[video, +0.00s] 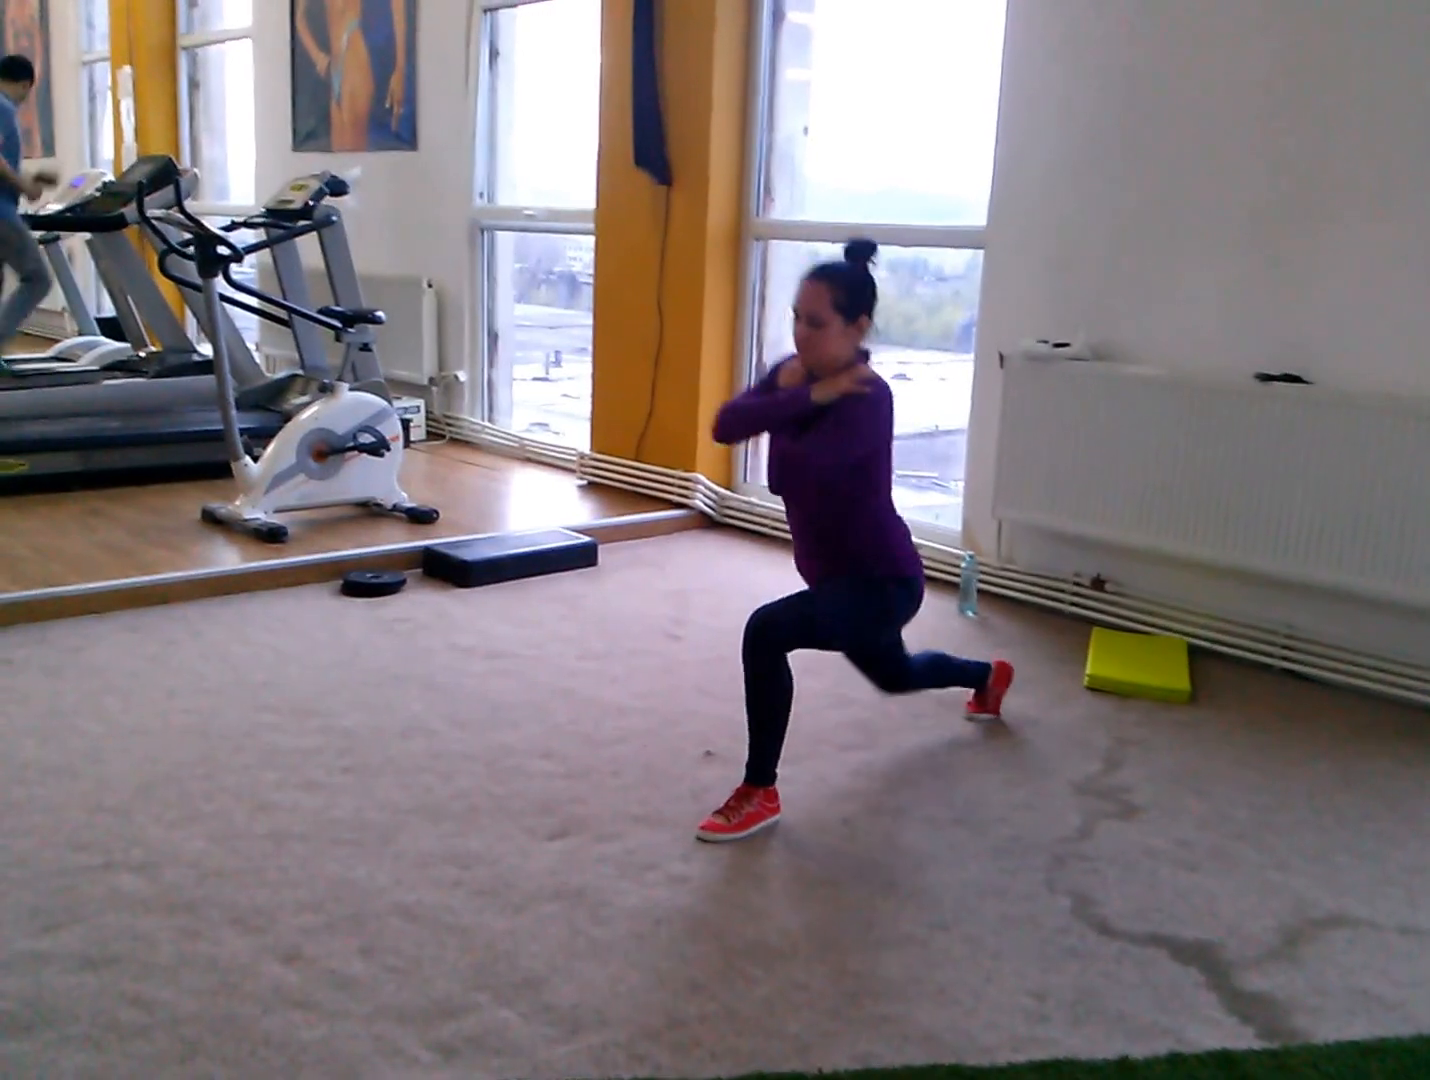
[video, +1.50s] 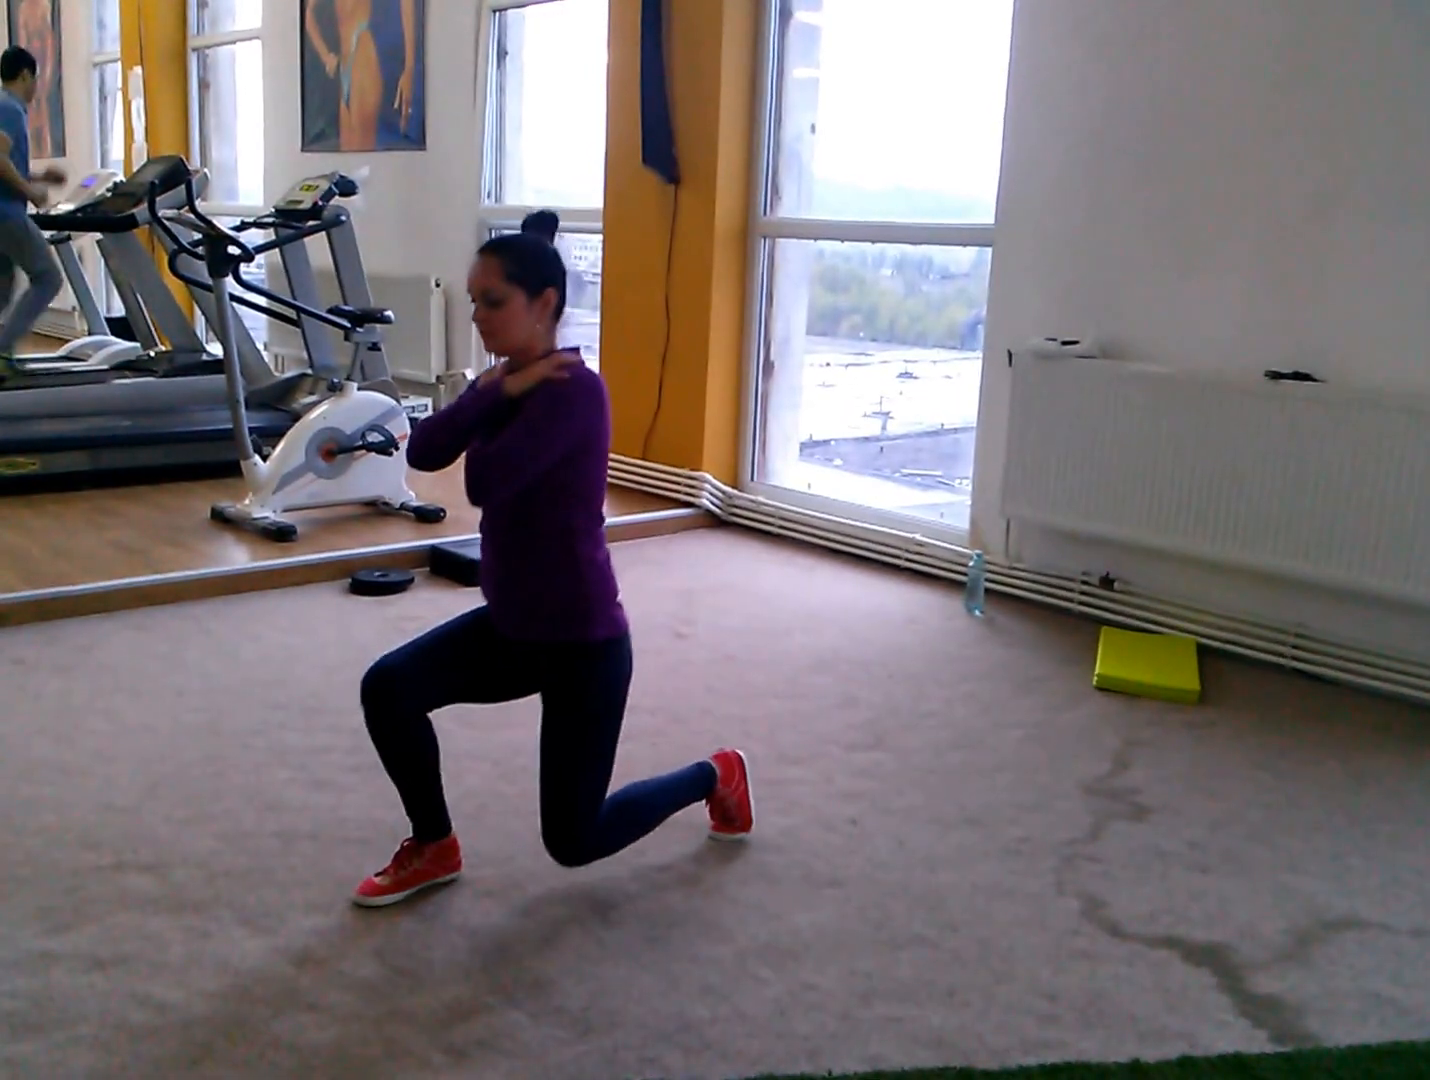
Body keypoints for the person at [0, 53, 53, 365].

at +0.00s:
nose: (28, 93)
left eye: (29, 87)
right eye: (28, 87)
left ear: (6, 80)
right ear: (20, 83)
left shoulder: (7, 113)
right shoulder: (4, 112)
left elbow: (5, 164)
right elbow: (2, 161)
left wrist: (31, 180)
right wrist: (24, 185)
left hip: (6, 211)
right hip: (4, 213)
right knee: (38, 279)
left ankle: (3, 343)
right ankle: (1, 339)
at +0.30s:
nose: (34, 93)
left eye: (33, 86)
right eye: (34, 86)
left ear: (5, 81)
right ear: (28, 84)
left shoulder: (7, 117)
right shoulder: (9, 119)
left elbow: (10, 174)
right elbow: (9, 174)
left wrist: (35, 194)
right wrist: (40, 196)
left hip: (9, 218)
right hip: (7, 219)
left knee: (20, 286)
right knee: (25, 287)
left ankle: (4, 359)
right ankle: (3, 359)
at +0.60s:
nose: (31, 87)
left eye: (31, 81)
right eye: (30, 80)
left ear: (7, 78)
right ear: (22, 77)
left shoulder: (7, 107)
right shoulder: (12, 108)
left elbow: (13, 155)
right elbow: (13, 154)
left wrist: (31, 172)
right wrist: (42, 174)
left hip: (10, 214)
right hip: (7, 215)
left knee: (25, 282)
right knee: (29, 281)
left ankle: (25, 359)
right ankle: (25, 360)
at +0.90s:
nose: (37, 81)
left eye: (38, 75)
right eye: (37, 74)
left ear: (11, 68)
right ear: (28, 69)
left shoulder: (10, 102)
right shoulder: (7, 101)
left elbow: (6, 149)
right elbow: (1, 147)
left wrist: (30, 145)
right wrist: (22, 169)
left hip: (12, 203)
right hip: (10, 204)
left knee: (37, 278)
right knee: (39, 276)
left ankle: (51, 358)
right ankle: (51, 359)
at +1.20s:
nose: (39, 80)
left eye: (38, 73)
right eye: (38, 73)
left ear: (9, 69)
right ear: (28, 70)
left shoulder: (8, 100)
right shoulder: (16, 104)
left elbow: (21, 156)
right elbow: (25, 157)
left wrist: (44, 156)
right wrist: (52, 158)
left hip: (10, 213)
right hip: (7, 214)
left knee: (39, 270)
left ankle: (44, 357)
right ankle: (45, 356)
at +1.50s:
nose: (35, 88)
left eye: (35, 80)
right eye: (35, 79)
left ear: (10, 76)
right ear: (24, 75)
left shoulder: (8, 110)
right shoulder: (10, 111)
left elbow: (8, 166)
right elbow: (4, 160)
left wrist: (40, 175)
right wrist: (31, 191)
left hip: (7, 212)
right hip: (8, 214)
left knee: (5, 287)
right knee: (49, 279)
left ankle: (4, 351)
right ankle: (5, 346)